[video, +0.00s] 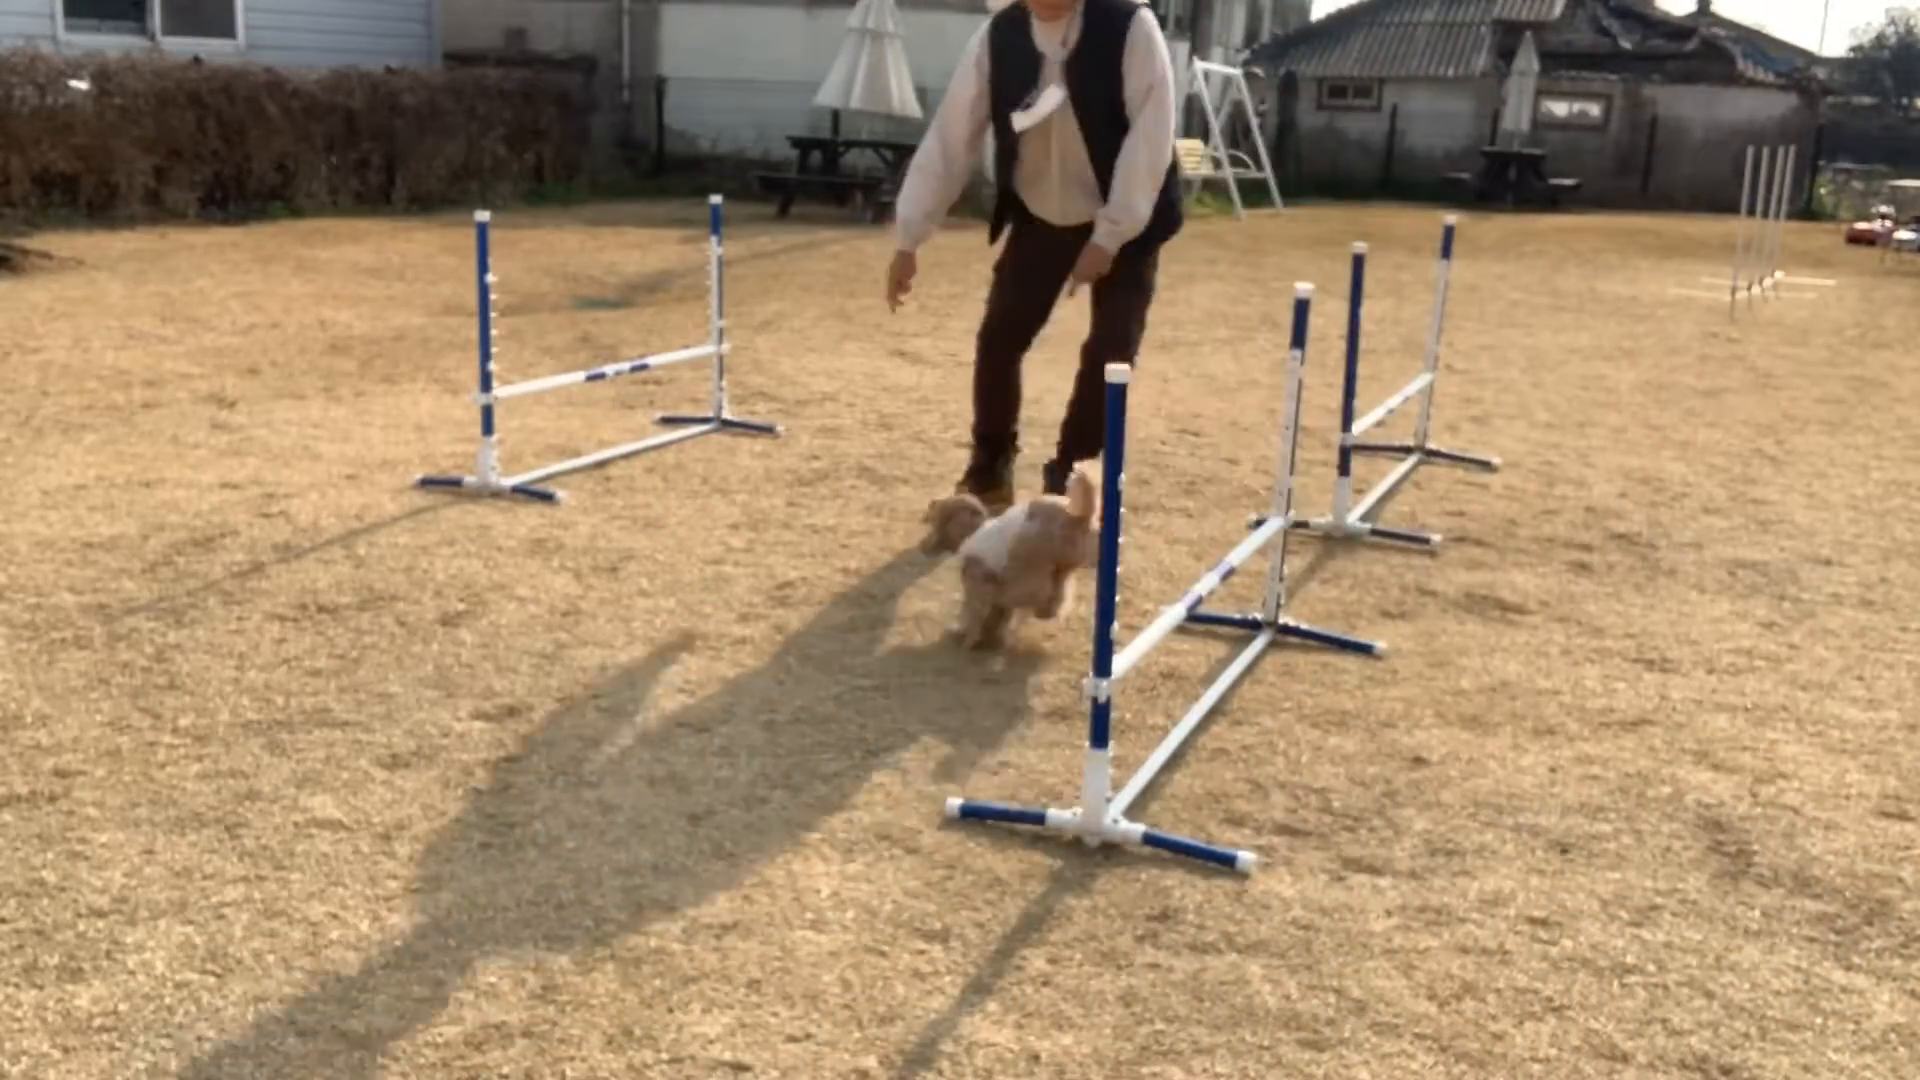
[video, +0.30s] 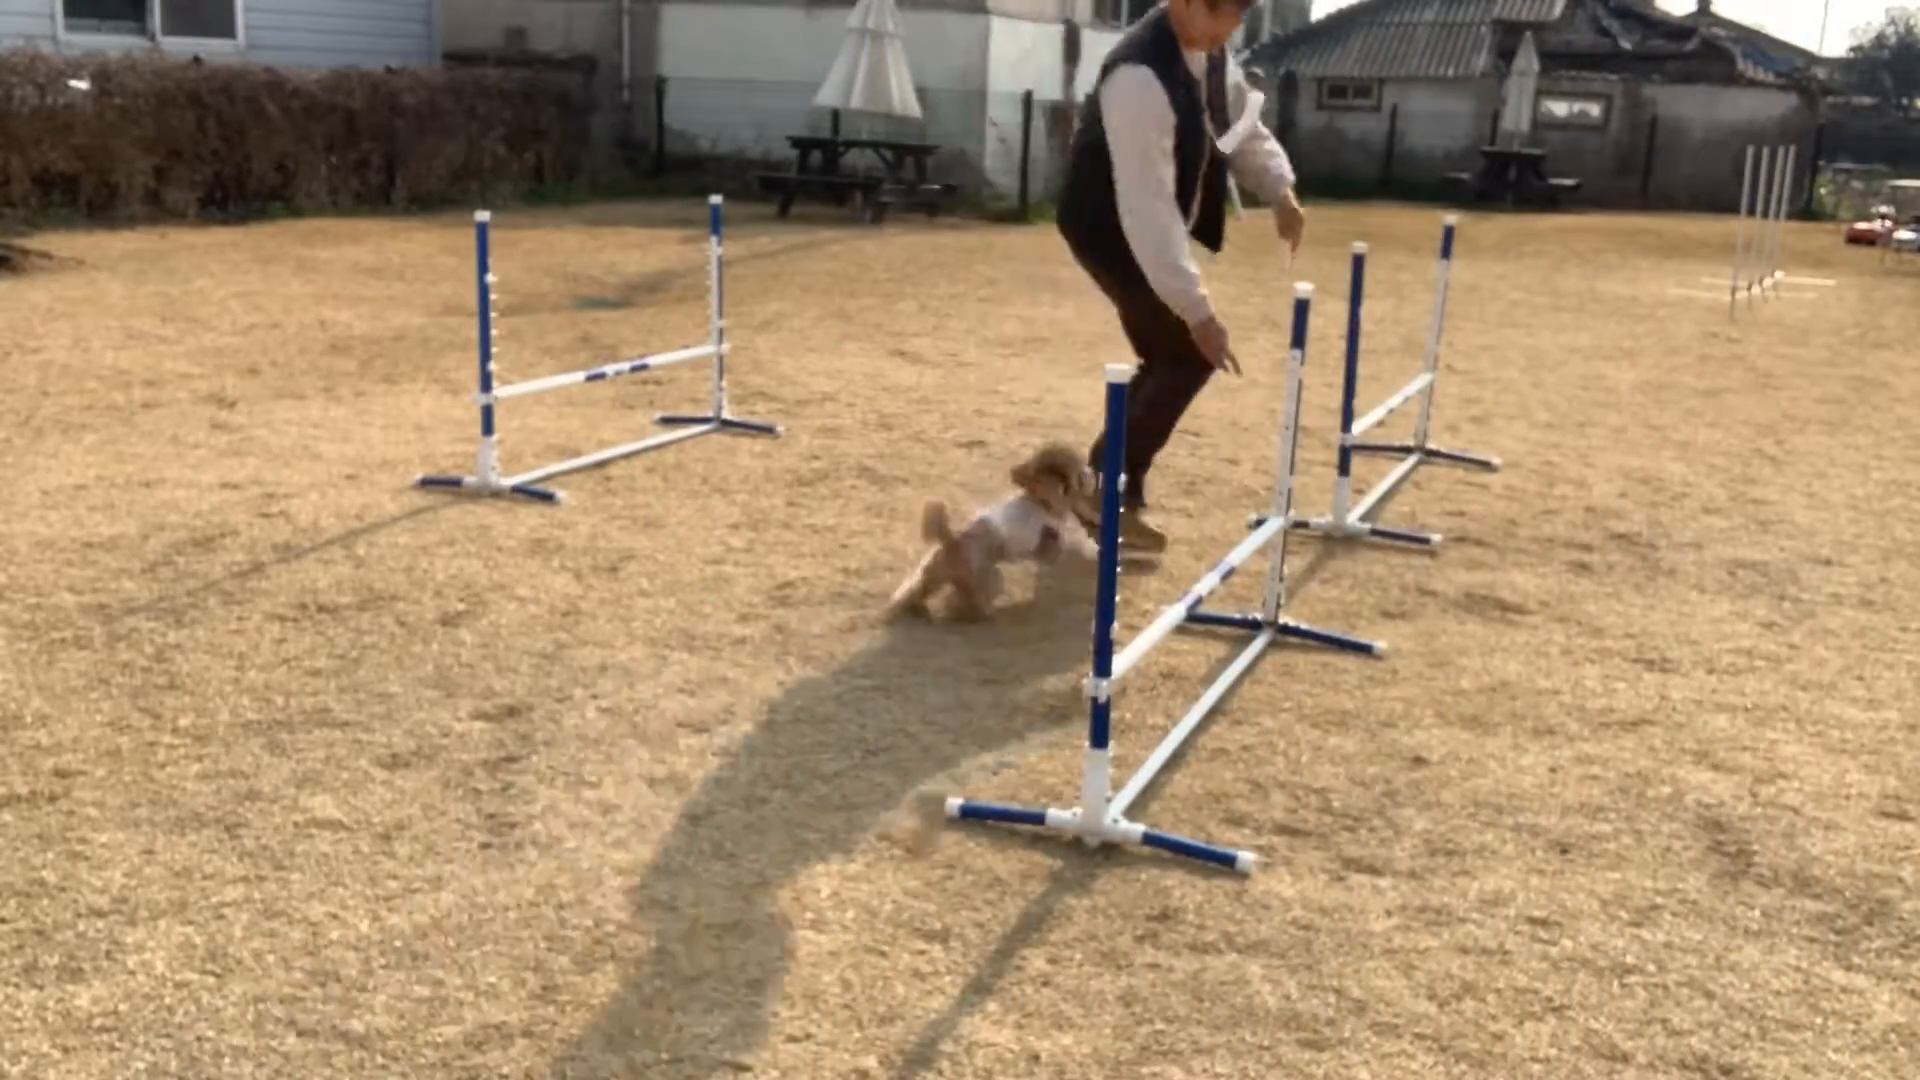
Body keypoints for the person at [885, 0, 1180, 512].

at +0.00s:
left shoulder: (1130, 27)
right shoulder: (999, 36)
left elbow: (1152, 138)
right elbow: (950, 139)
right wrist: (908, 240)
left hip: (1124, 222)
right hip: (1040, 221)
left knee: (1110, 356)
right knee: (997, 342)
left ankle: (1068, 479)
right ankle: (989, 476)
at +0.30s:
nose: (1236, 23)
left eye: (1240, 13)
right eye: (1227, 12)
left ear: (1230, 15)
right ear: (1186, 5)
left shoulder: (1213, 51)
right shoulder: (1137, 78)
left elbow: (1242, 127)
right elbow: (1147, 207)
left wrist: (1281, 193)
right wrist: (1198, 314)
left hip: (1151, 224)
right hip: (1105, 229)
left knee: (1172, 358)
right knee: (1186, 357)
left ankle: (1120, 496)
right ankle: (1108, 486)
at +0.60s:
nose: (1373, 42)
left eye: (1383, 31)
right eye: (1376, 24)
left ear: (1330, 2)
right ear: (1343, 3)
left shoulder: (1246, 25)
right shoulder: (1311, 83)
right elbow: (1367, 201)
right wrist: (1452, 278)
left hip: (1161, 229)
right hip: (1223, 251)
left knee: (1196, 369)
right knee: (1306, 367)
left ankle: (1102, 489)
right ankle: (1319, 520)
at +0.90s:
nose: (1419, 18)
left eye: (1422, 10)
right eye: (1418, 8)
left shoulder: (1248, 9)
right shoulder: (1381, 43)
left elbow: (1183, 85)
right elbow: (1420, 146)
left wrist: (1138, 170)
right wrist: (1453, 217)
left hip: (1208, 213)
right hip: (1294, 226)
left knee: (1180, 349)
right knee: (1330, 369)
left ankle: (1170, 500)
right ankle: (1325, 526)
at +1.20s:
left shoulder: (1146, 10)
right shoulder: (1276, 22)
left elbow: (1110, 108)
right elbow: (1303, 120)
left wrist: (1083, 213)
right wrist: (1295, 194)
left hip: (1158, 210)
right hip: (1244, 211)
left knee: (1125, 351)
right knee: (1287, 359)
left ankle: (1141, 493)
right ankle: (1327, 502)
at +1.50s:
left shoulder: (1052, 9)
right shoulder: (1151, 13)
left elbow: (1022, 112)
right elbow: (1181, 106)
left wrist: (976, 195)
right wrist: (1180, 169)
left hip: (1089, 184)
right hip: (1157, 180)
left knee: (1096, 347)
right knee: (1089, 303)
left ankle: (1142, 489)